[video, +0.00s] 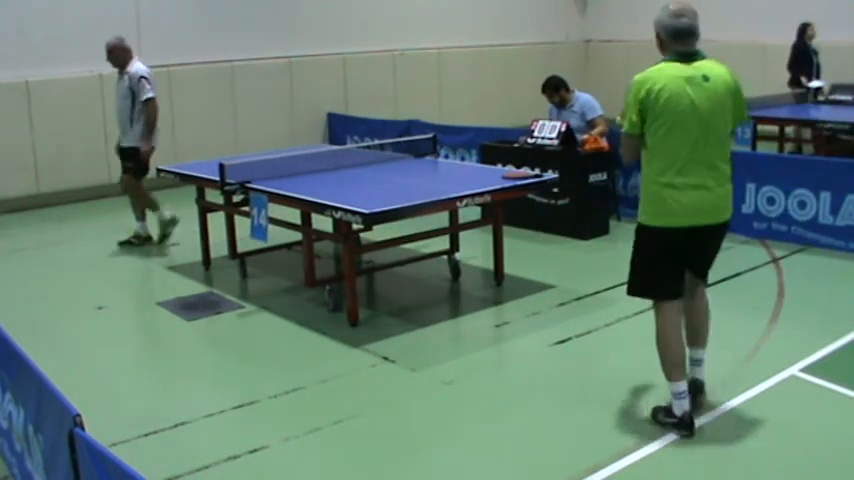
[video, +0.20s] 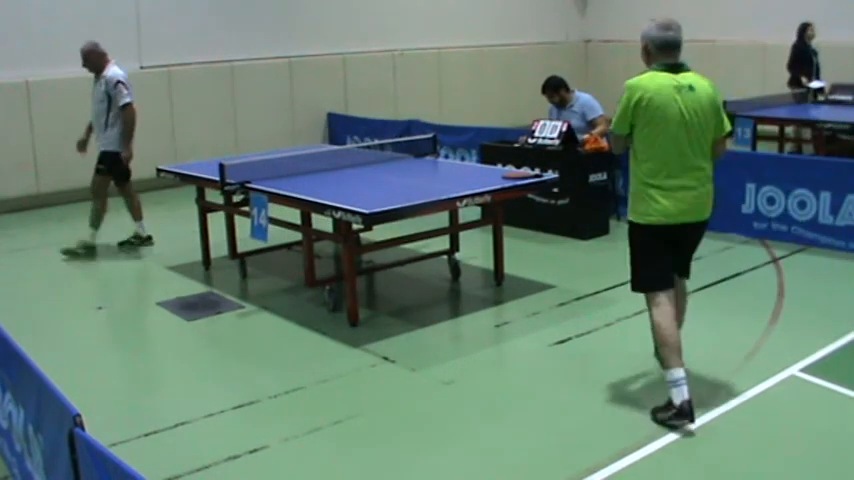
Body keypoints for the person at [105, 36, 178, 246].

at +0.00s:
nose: (109, 60)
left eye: (111, 55)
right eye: (108, 56)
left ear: (124, 52)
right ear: (116, 54)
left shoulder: (138, 73)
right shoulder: (123, 75)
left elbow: (151, 105)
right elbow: (127, 110)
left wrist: (147, 141)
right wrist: (121, 139)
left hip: (138, 143)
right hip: (126, 142)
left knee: (130, 183)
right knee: (132, 186)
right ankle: (142, 229)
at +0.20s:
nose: (86, 68)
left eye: (87, 63)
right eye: (84, 64)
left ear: (98, 57)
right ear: (97, 58)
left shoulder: (114, 78)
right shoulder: (100, 78)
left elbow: (129, 111)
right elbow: (99, 113)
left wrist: (127, 146)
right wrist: (86, 136)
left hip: (114, 147)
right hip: (109, 146)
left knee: (98, 189)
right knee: (126, 189)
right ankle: (141, 232)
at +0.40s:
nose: (57, 74)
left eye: (57, 69)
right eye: (55, 70)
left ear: (68, 64)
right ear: (71, 62)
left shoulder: (84, 82)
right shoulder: (75, 81)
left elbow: (98, 117)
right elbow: (78, 116)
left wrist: (99, 155)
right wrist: (69, 141)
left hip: (83, 152)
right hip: (82, 151)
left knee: (73, 196)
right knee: (101, 191)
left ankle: (72, 245)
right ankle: (133, 225)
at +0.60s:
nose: (30, 73)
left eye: (30, 67)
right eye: (28, 68)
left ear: (40, 61)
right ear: (41, 60)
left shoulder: (56, 80)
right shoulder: (54, 77)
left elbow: (65, 116)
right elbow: (63, 115)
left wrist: (57, 151)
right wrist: (54, 146)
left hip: (64, 151)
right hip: (58, 149)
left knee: (62, 194)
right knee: (50, 190)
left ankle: (71, 244)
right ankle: (86, 223)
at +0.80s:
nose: (7, 74)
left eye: (7, 69)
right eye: (5, 70)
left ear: (17, 62)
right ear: (17, 62)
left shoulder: (33, 81)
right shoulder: (30, 79)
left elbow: (41, 116)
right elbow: (38, 117)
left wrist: (21, 146)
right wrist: (23, 146)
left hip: (43, 152)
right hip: (37, 152)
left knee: (53, 196)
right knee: (27, 196)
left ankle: (70, 245)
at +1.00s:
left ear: (0, 65)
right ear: (3, 63)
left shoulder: (12, 82)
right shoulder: (9, 82)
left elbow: (24, 118)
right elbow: (22, 119)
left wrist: (7, 148)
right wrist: (7, 147)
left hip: (19, 158)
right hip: (11, 158)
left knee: (19, 203)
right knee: (11, 204)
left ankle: (57, 237)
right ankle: (13, 249)